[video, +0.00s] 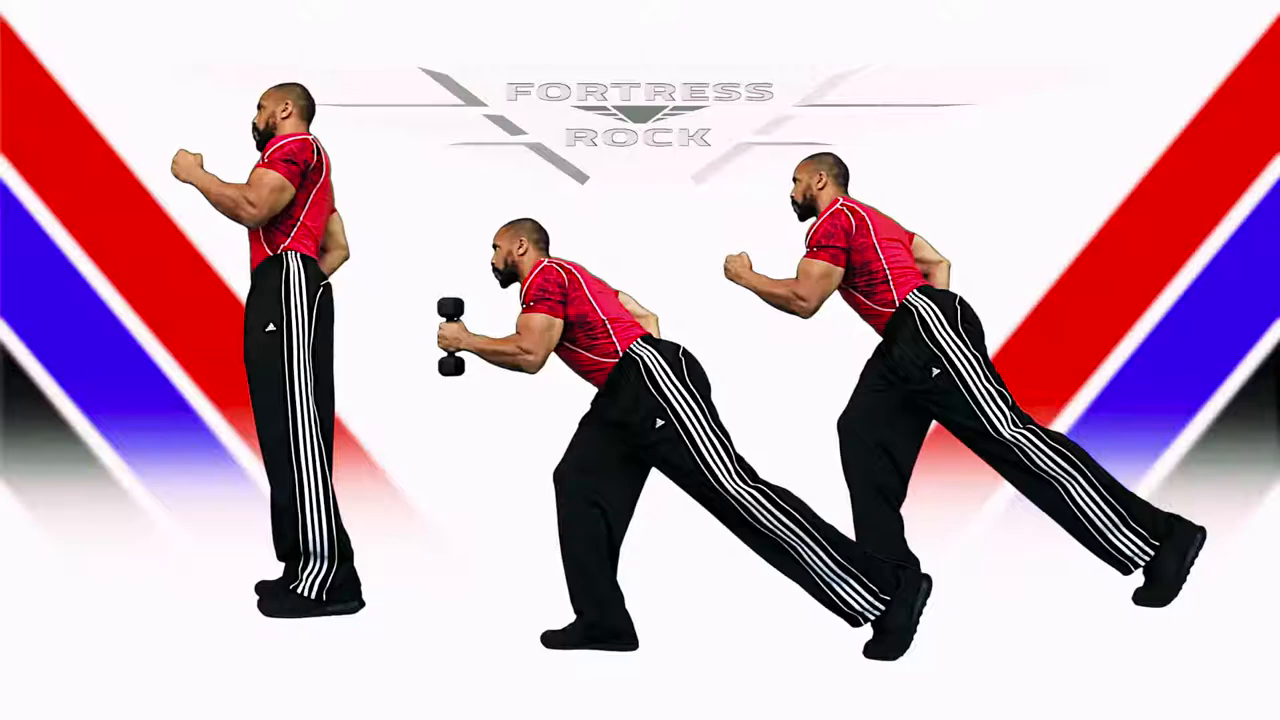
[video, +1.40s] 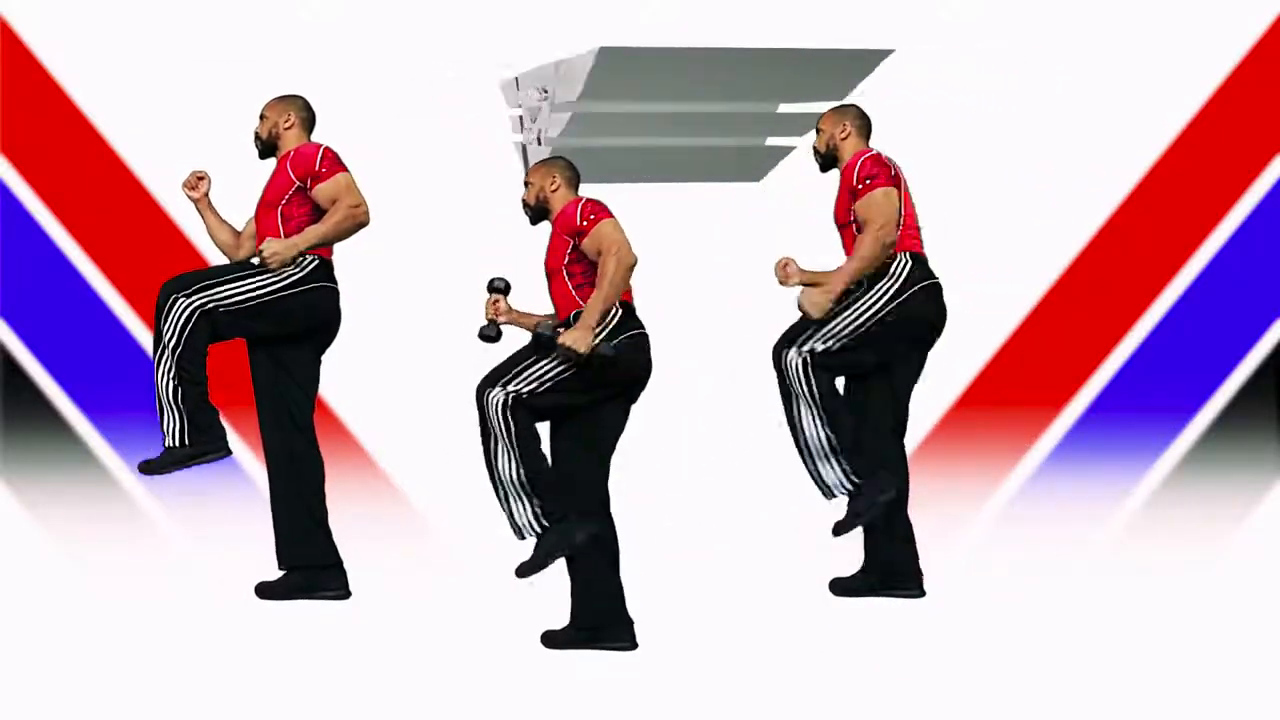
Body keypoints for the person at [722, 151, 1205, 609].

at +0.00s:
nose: (793, 190)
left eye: (800, 180)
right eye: (793, 182)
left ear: (826, 183)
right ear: (831, 188)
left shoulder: (836, 218)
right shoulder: (868, 221)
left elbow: (804, 298)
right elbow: (935, 263)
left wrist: (744, 277)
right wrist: (922, 335)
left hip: (926, 326)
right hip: (907, 344)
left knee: (1010, 438)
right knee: (862, 437)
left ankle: (1159, 541)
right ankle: (891, 577)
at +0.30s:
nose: (793, 177)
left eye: (800, 168)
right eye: (794, 170)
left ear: (826, 169)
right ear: (832, 174)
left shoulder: (839, 202)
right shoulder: (861, 208)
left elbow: (828, 277)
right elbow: (918, 270)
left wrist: (762, 292)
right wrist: (884, 330)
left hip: (914, 315)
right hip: (893, 332)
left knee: (971, 434)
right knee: (862, 440)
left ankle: (1125, 530)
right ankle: (888, 569)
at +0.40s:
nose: (799, 163)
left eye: (805, 153)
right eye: (800, 155)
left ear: (829, 154)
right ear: (835, 156)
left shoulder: (849, 184)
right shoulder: (851, 202)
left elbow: (857, 256)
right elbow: (883, 284)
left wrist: (801, 307)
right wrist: (838, 318)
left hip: (912, 306)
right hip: (886, 322)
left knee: (915, 437)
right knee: (863, 438)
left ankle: (1052, 517)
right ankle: (889, 569)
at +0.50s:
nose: (809, 154)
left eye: (814, 144)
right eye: (809, 146)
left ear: (839, 143)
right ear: (841, 145)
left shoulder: (862, 173)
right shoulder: (845, 202)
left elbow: (890, 233)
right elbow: (860, 284)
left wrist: (859, 304)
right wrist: (800, 282)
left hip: (907, 294)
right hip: (894, 303)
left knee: (838, 397)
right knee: (874, 431)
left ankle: (940, 502)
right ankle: (889, 567)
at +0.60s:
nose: (817, 143)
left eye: (822, 133)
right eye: (818, 136)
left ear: (847, 131)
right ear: (850, 134)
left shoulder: (873, 162)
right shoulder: (853, 190)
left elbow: (916, 215)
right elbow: (830, 264)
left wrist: (913, 289)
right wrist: (780, 237)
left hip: (896, 285)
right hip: (903, 295)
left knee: (794, 344)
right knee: (877, 439)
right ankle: (893, 568)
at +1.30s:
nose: (823, 137)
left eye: (829, 128)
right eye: (824, 130)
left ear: (854, 127)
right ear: (853, 129)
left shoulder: (877, 159)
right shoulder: (857, 186)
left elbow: (917, 214)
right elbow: (834, 260)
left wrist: (904, 289)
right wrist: (783, 231)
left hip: (889, 280)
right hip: (895, 295)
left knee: (777, 309)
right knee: (869, 432)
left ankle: (790, 440)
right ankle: (891, 568)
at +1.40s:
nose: (814, 142)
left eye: (818, 132)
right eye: (815, 135)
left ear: (841, 129)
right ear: (851, 132)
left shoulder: (866, 162)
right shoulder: (859, 181)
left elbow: (882, 233)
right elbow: (861, 271)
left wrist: (832, 290)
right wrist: (803, 275)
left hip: (901, 284)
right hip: (907, 299)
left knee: (797, 355)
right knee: (876, 432)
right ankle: (892, 568)